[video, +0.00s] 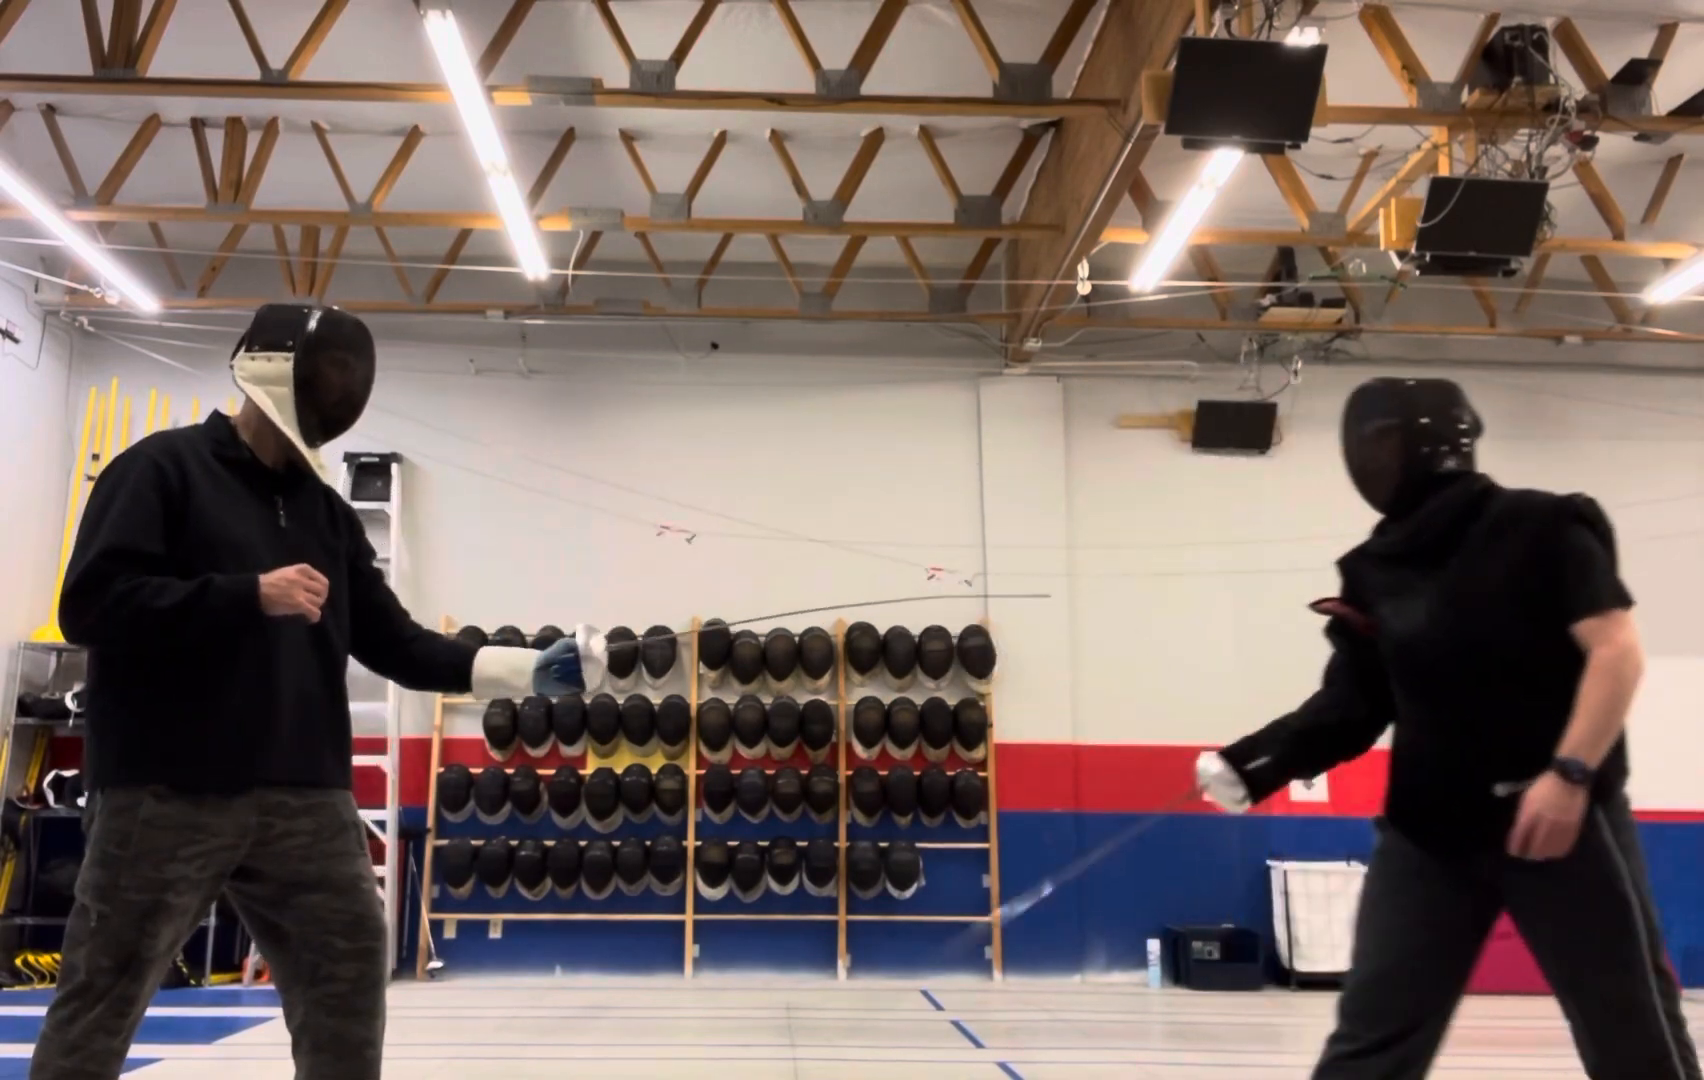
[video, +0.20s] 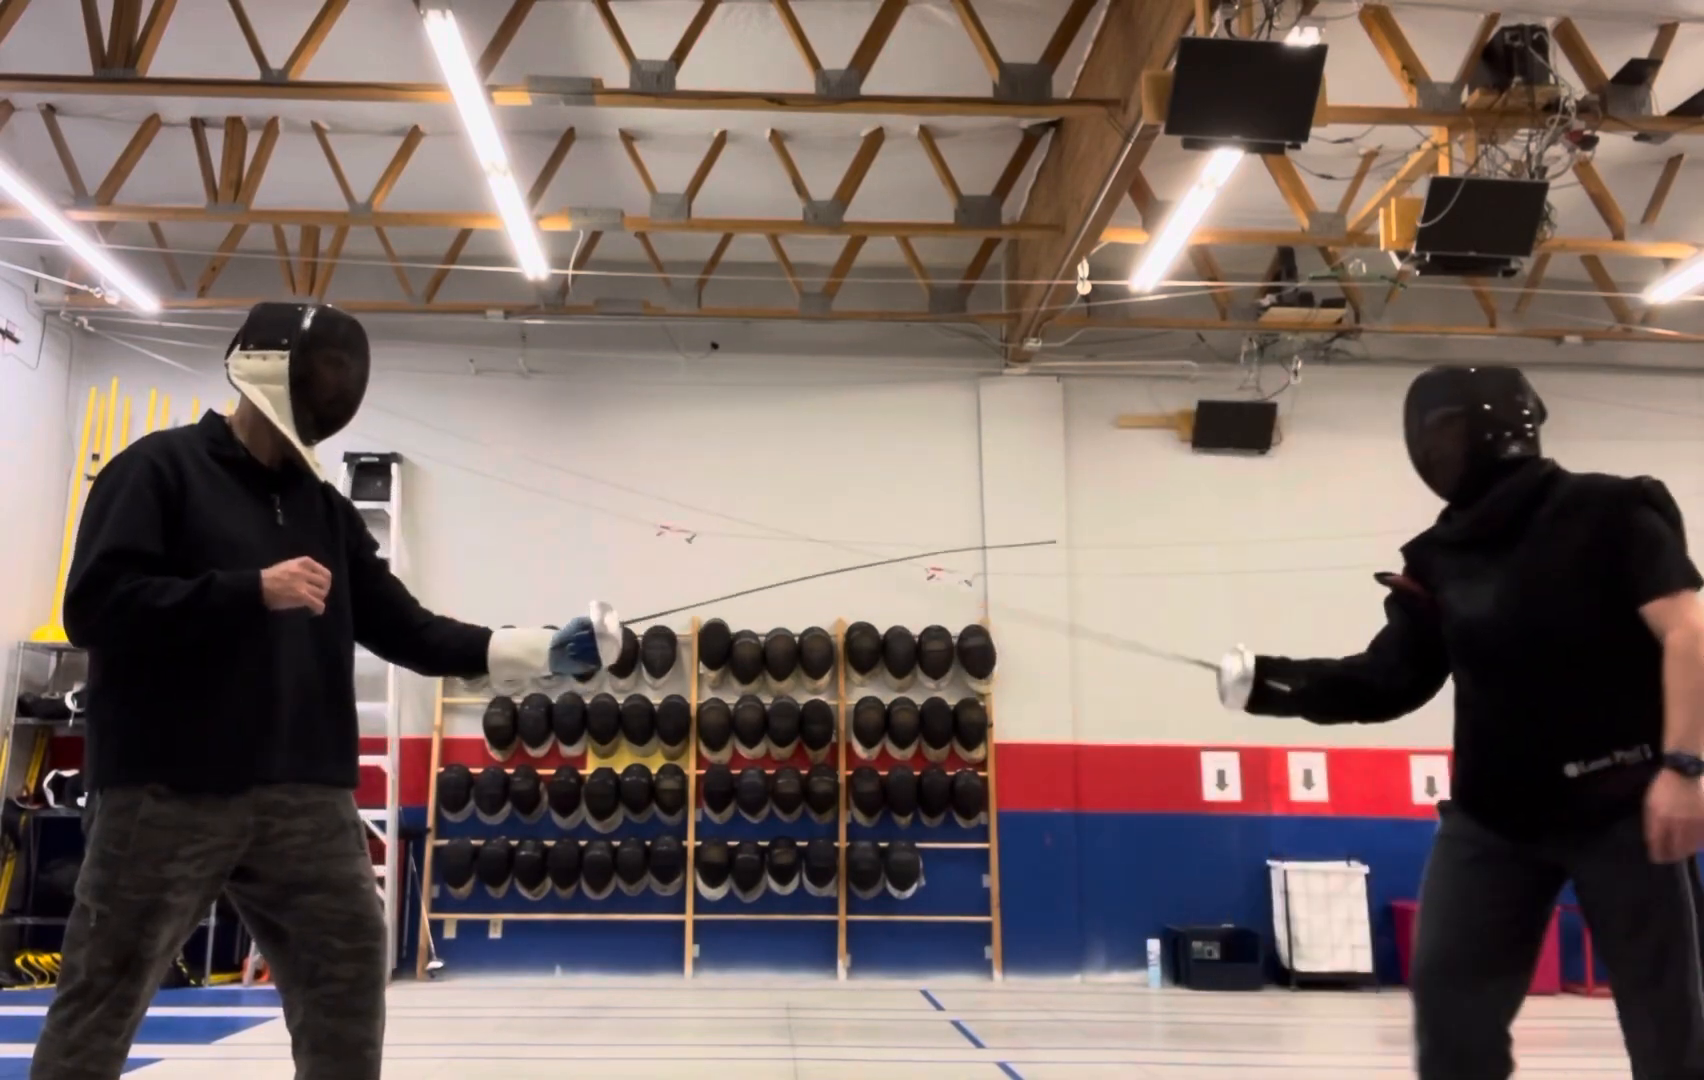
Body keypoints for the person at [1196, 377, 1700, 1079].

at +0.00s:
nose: (1357, 466)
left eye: (1366, 446)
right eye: (1355, 450)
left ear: (1410, 444)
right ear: (1443, 444)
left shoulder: (1544, 527)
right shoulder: (1376, 572)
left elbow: (1618, 652)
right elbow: (1353, 704)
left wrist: (1571, 775)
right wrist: (1254, 765)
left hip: (1561, 824)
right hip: (1431, 835)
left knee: (1637, 1040)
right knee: (1370, 1047)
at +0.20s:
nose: (1420, 455)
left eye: (1431, 433)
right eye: (1417, 439)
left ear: (1480, 426)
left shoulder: (1614, 512)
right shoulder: (1442, 559)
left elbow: (1686, 627)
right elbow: (1389, 681)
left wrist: (1684, 764)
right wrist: (1269, 683)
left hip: (1623, 808)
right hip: (1494, 819)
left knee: (1668, 1027)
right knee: (1452, 1013)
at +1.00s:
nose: (1407, 461)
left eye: (1419, 440)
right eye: (1399, 448)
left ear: (1471, 432)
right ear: (1402, 458)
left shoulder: (1595, 511)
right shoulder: (1415, 567)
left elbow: (1678, 626)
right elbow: (1306, 625)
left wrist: (1687, 757)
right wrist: (1176, 619)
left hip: (1621, 812)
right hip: (1488, 825)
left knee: (1670, 1029)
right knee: (1436, 1020)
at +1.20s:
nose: (1323, 468)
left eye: (1336, 447)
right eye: (1317, 455)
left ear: (1391, 441)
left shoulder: (1505, 524)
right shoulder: (1335, 580)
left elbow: (1593, 640)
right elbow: (1226, 641)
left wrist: (1619, 767)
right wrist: (1088, 628)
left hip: (1535, 823)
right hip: (1406, 838)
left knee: (1627, 1047)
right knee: (1356, 1055)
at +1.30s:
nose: (1267, 463)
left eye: (1278, 440)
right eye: (1262, 446)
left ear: (1328, 430)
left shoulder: (1449, 510)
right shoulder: (1284, 570)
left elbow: (1532, 626)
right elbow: (1183, 641)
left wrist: (1550, 754)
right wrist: (1049, 628)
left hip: (1484, 810)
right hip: (1354, 829)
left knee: (1592, 1040)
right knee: (1314, 1056)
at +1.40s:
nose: (1216, 458)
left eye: (1225, 435)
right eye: (1213, 442)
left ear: (1279, 425)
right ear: (1260, 436)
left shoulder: (1397, 500)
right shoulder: (1234, 562)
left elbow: (1478, 612)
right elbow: (1133, 630)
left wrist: (1473, 738)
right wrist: (999, 620)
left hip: (1440, 791)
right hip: (1314, 820)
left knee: (1555, 1018)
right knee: (1297, 1049)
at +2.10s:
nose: (1187, 448)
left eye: (1200, 427)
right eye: (1184, 432)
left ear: (1249, 424)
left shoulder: (1361, 501)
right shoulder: (1212, 565)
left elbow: (1445, 617)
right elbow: (1145, 674)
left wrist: (1410, 732)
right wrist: (1015, 691)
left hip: (1420, 792)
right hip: (1298, 820)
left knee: (1536, 996)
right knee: (1282, 1043)